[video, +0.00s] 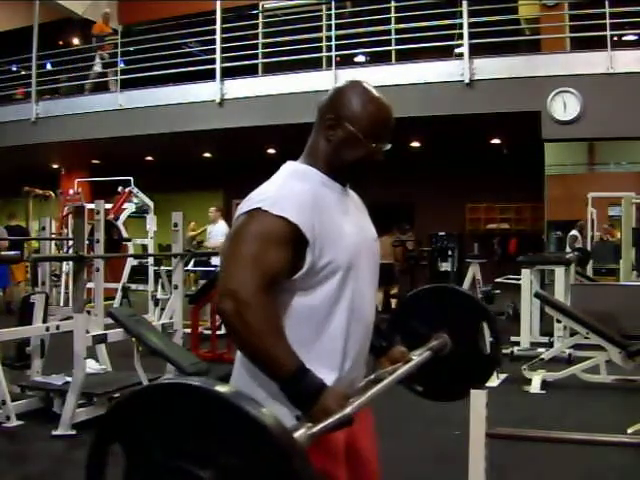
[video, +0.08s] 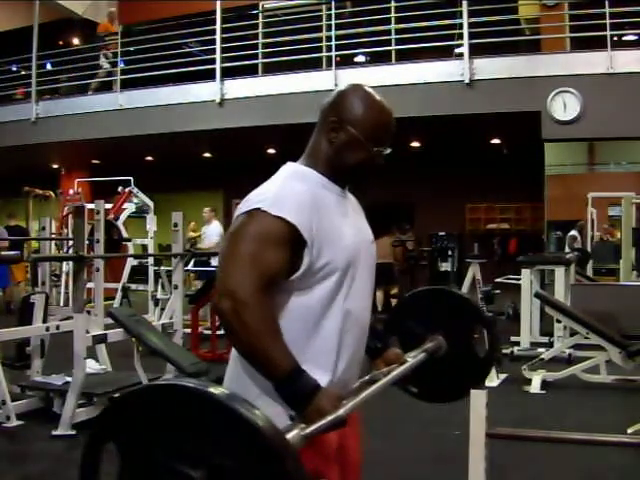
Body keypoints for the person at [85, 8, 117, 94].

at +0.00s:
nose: (107, 18)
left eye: (108, 16)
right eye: (106, 16)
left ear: (109, 17)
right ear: (103, 17)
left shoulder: (109, 28)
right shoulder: (98, 26)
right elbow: (95, 39)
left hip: (109, 52)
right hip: (100, 51)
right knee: (97, 69)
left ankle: (113, 89)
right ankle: (87, 89)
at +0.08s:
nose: (115, 17)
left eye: (115, 15)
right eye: (113, 15)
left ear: (115, 16)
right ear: (110, 16)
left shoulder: (115, 26)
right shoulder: (104, 26)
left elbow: (116, 40)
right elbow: (100, 40)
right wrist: (104, 50)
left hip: (114, 52)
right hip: (105, 51)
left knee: (116, 70)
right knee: (104, 69)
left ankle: (116, 88)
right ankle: (91, 89)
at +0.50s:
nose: (139, 12)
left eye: (140, 9)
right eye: (137, 9)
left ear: (142, 10)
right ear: (133, 10)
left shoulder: (141, 22)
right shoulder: (128, 20)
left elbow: (146, 38)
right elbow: (122, 34)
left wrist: (154, 48)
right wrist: (124, 48)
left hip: (140, 49)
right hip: (132, 48)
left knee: (128, 70)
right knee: (137, 69)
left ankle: (122, 87)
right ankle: (141, 88)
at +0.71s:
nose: (151, 6)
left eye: (152, 4)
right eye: (149, 4)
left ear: (153, 5)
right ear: (145, 5)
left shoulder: (153, 19)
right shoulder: (140, 17)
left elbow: (156, 35)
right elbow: (136, 33)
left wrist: (160, 47)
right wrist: (137, 45)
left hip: (154, 46)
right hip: (145, 47)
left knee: (154, 67)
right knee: (146, 68)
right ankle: (143, 85)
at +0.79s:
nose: (156, 5)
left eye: (157, 3)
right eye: (154, 2)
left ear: (159, 4)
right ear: (150, 3)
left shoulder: (158, 17)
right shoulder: (146, 15)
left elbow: (159, 31)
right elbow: (143, 31)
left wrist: (160, 42)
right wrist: (146, 43)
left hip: (158, 43)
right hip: (149, 43)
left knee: (162, 65)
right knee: (147, 66)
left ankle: (152, 83)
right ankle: (145, 86)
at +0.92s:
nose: (165, 5)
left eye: (166, 3)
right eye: (163, 3)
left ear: (167, 4)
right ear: (159, 3)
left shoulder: (165, 16)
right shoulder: (154, 15)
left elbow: (166, 30)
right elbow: (151, 30)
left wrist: (166, 40)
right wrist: (156, 42)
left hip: (165, 43)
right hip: (156, 43)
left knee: (170, 64)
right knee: (151, 65)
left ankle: (171, 84)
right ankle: (147, 86)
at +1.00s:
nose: (170, 6)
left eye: (172, 3)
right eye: (169, 3)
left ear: (173, 4)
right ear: (164, 3)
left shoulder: (170, 16)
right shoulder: (160, 15)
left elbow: (170, 29)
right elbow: (157, 32)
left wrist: (172, 38)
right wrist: (163, 41)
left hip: (171, 42)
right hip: (164, 43)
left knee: (174, 64)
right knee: (155, 64)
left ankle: (178, 83)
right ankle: (148, 84)